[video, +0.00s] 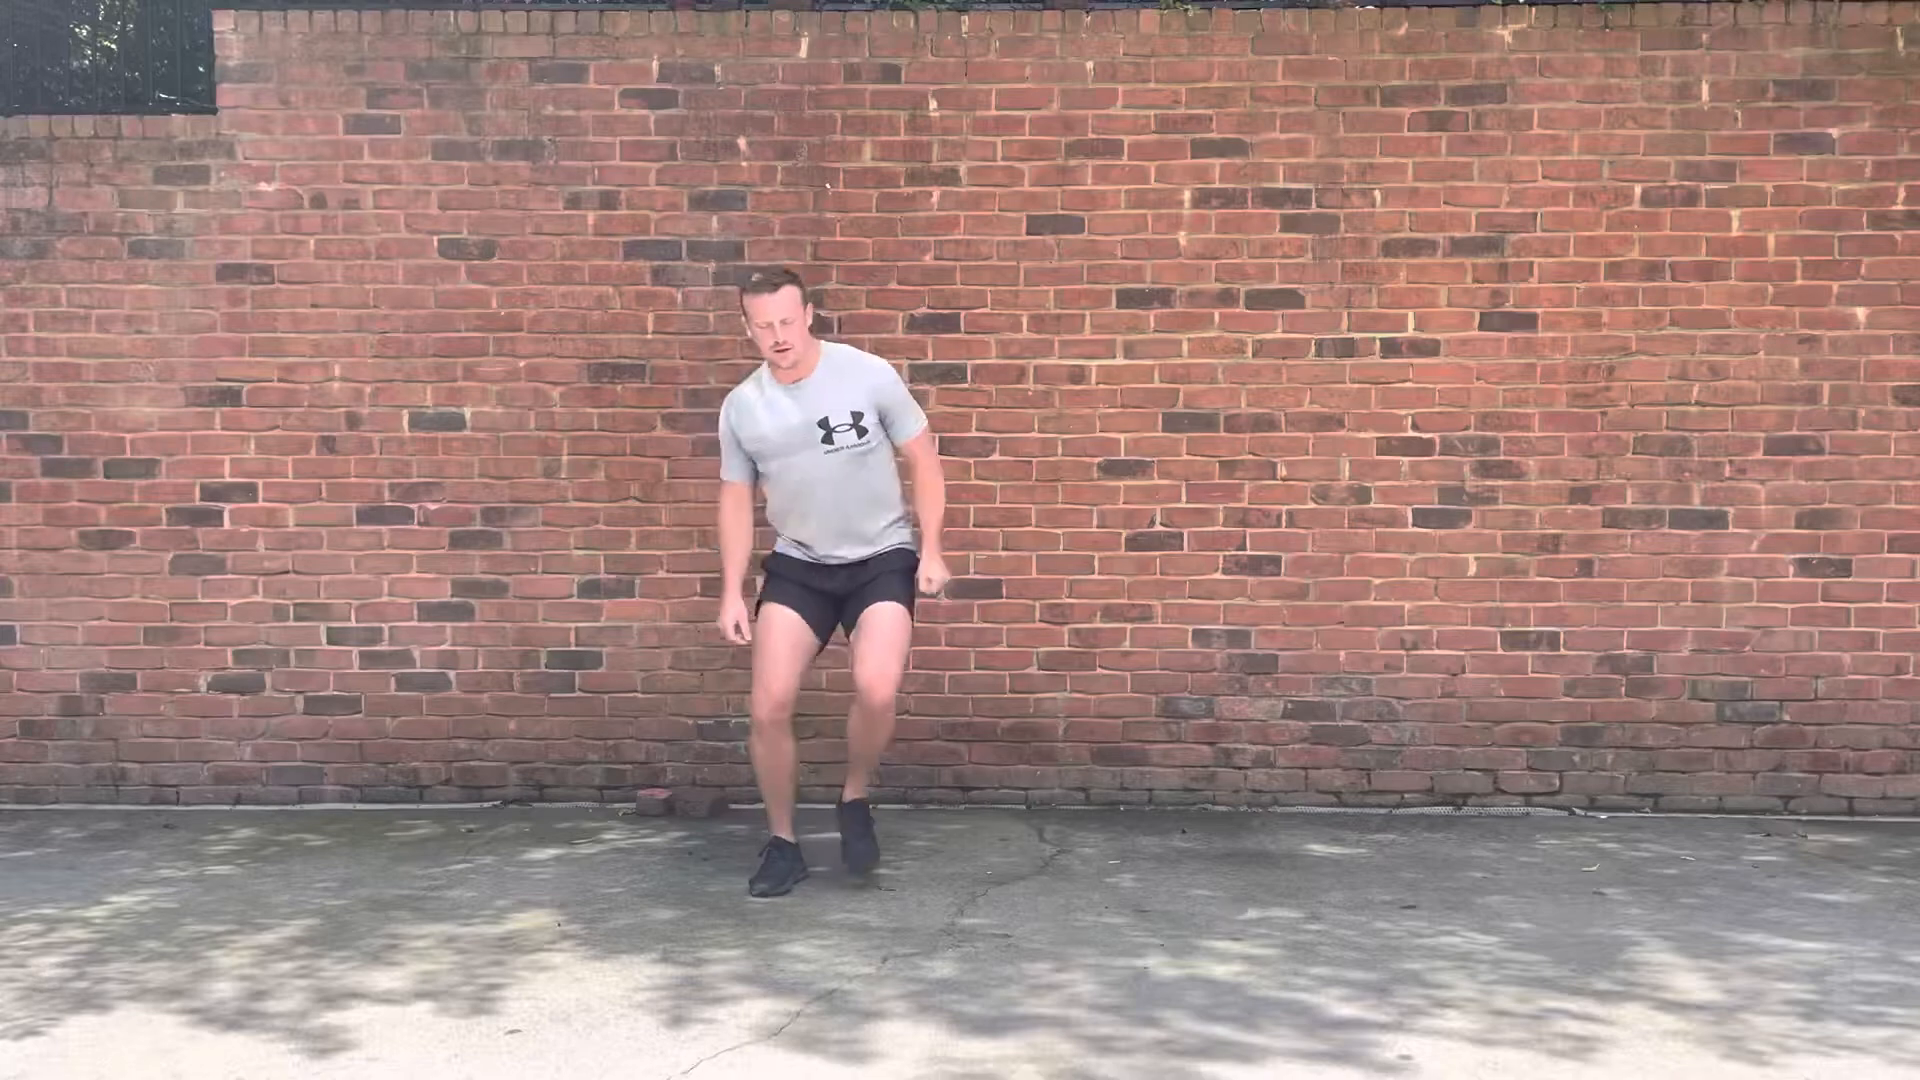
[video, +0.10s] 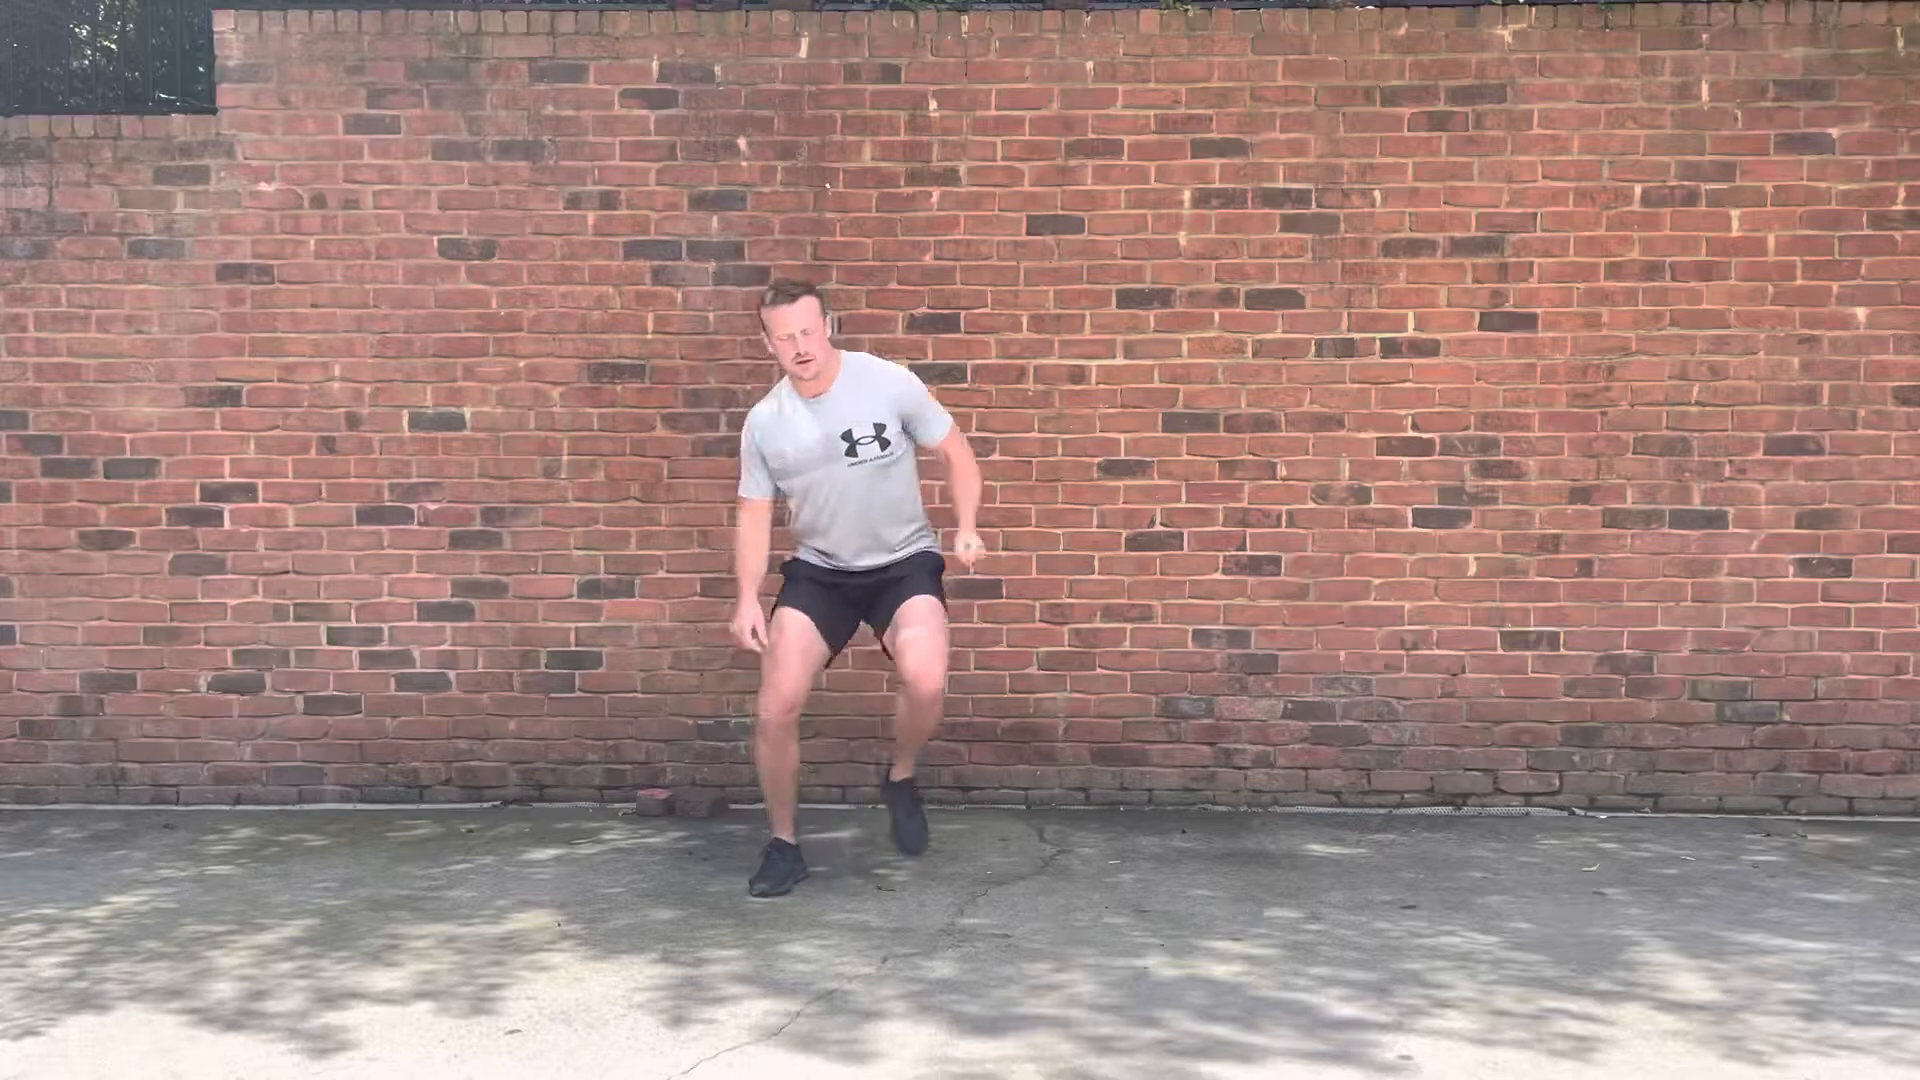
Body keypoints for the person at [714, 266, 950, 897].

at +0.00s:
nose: (776, 337)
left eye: (785, 323)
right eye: (762, 327)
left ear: (809, 316)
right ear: (749, 331)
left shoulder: (870, 376)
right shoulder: (742, 409)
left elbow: (922, 457)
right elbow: (737, 499)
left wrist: (932, 549)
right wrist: (732, 590)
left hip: (883, 558)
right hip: (798, 563)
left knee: (878, 692)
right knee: (768, 704)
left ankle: (856, 799)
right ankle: (782, 842)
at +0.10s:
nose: (798, 348)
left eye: (806, 333)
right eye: (784, 338)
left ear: (829, 328)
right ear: (770, 346)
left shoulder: (890, 383)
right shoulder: (764, 423)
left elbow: (955, 450)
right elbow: (754, 515)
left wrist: (966, 527)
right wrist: (747, 598)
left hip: (905, 562)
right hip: (820, 570)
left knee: (928, 683)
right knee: (775, 705)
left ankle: (900, 778)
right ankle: (783, 841)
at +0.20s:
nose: (847, 315)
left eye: (854, 299)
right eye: (832, 306)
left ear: (873, 292)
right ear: (814, 311)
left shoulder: (930, 346)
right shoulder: (801, 390)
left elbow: (1014, 382)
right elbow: (783, 471)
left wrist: (1004, 409)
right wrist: (778, 536)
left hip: (948, 532)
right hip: (859, 547)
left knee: (997, 636)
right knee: (817, 688)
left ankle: (966, 720)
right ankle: (787, 839)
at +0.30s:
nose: (905, 281)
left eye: (912, 265)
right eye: (889, 272)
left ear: (928, 255)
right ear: (869, 275)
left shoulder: (982, 308)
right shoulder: (852, 355)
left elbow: (1072, 339)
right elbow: (820, 443)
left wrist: (1030, 368)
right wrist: (815, 495)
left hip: (1001, 500)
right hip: (912, 518)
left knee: (1052, 618)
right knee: (877, 662)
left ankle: (1015, 681)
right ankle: (846, 821)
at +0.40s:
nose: (962, 284)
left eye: (969, 268)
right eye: (946, 274)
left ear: (984, 262)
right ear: (924, 279)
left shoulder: (1042, 314)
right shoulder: (907, 356)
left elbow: (1111, 364)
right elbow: (878, 435)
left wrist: (1070, 419)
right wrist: (857, 499)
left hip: (1051, 506)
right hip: (966, 518)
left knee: (1077, 639)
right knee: (949, 661)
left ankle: (1035, 700)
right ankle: (976, 804)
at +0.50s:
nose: (1000, 307)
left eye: (1007, 292)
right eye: (984, 297)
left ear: (1019, 287)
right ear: (958, 301)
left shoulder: (1076, 338)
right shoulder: (943, 381)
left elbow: (1137, 405)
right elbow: (916, 463)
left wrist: (1099, 461)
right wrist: (886, 524)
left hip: (1087, 525)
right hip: (1004, 536)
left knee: (1103, 664)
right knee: (1005, 682)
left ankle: (1053, 734)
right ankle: (1027, 835)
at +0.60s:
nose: (1052, 354)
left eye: (1058, 339)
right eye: (1035, 345)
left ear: (1070, 332)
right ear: (1010, 350)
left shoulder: (1125, 378)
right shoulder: (999, 433)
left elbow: (1181, 453)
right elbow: (965, 515)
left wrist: (1136, 504)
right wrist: (931, 581)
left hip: (1143, 561)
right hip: (1059, 570)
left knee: (1191, 688)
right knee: (1057, 708)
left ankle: (1128, 775)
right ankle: (1048, 846)